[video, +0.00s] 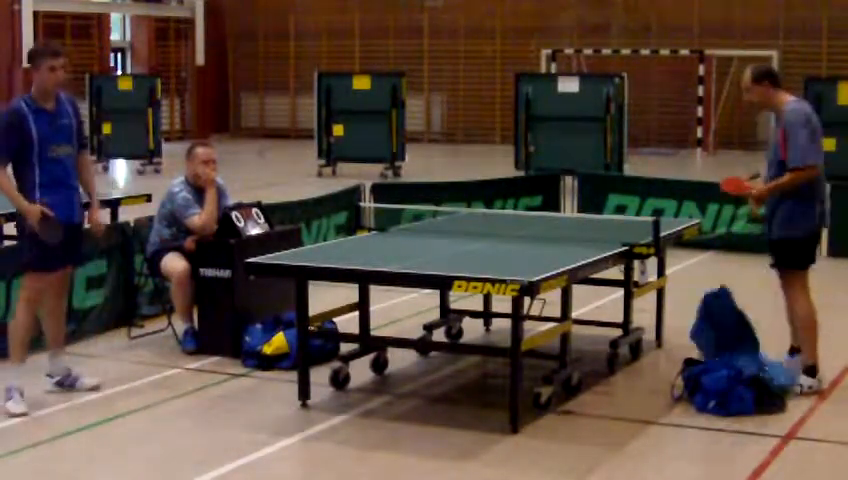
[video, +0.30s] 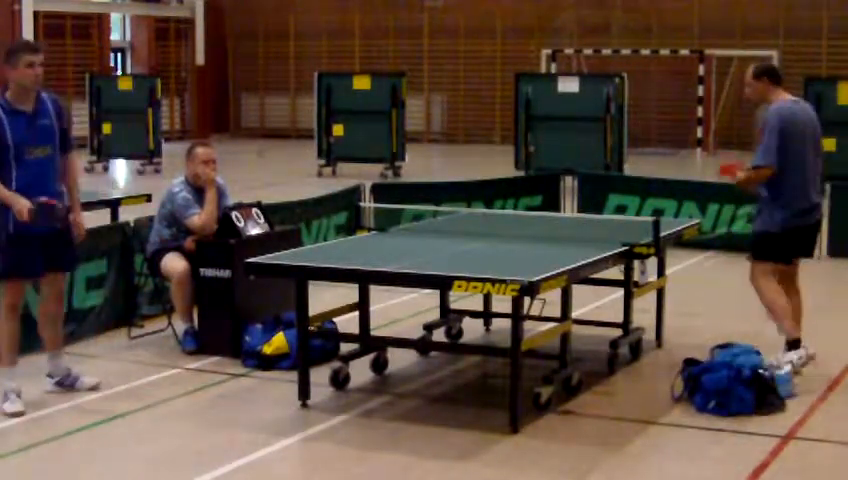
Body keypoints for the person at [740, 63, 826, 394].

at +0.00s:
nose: (746, 98)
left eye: (748, 91)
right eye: (745, 91)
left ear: (765, 86)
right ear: (766, 85)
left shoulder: (796, 115)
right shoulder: (783, 116)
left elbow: (806, 169)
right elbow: (785, 168)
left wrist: (765, 190)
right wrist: (758, 183)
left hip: (798, 220)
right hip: (785, 217)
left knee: (797, 289)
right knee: (790, 287)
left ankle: (811, 371)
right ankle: (796, 355)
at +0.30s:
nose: (746, 92)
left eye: (749, 85)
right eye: (746, 85)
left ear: (765, 83)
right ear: (771, 81)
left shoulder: (776, 114)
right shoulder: (806, 110)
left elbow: (767, 167)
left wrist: (743, 178)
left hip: (781, 212)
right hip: (806, 210)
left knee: (762, 274)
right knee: (788, 277)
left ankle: (794, 341)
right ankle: (793, 348)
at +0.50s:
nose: (747, 90)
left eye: (749, 83)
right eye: (747, 84)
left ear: (760, 81)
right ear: (776, 80)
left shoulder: (762, 112)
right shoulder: (806, 110)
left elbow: (753, 164)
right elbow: (814, 159)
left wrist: (736, 167)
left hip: (766, 210)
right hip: (800, 209)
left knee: (742, 267)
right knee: (788, 275)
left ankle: (763, 340)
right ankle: (790, 353)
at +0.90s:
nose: (723, 91)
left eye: (722, 87)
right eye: (724, 86)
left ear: (727, 84)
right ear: (750, 80)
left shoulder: (726, 112)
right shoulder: (776, 108)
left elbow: (712, 162)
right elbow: (797, 154)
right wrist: (769, 161)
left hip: (738, 203)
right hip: (772, 202)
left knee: (735, 269)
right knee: (765, 265)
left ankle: (735, 335)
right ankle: (782, 315)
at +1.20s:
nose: (708, 88)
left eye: (708, 84)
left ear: (712, 84)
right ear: (735, 81)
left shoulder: (705, 113)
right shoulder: (759, 108)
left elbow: (687, 156)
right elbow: (782, 145)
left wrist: (710, 144)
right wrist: (771, 171)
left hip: (722, 197)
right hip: (754, 195)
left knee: (729, 259)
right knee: (745, 256)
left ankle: (736, 325)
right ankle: (740, 317)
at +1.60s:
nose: (696, 86)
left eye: (695, 81)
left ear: (698, 81)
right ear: (720, 77)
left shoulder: (693, 106)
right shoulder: (743, 105)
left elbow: (681, 146)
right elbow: (761, 147)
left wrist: (704, 144)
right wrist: (744, 163)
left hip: (699, 192)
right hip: (731, 193)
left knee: (689, 247)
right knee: (724, 251)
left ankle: (699, 303)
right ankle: (725, 315)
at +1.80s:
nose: (680, 87)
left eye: (681, 83)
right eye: (682, 83)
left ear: (685, 82)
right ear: (705, 79)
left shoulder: (682, 107)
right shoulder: (727, 106)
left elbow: (670, 146)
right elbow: (738, 140)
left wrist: (674, 158)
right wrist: (714, 150)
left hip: (685, 192)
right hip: (717, 193)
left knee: (679, 249)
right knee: (715, 250)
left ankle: (675, 305)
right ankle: (723, 311)